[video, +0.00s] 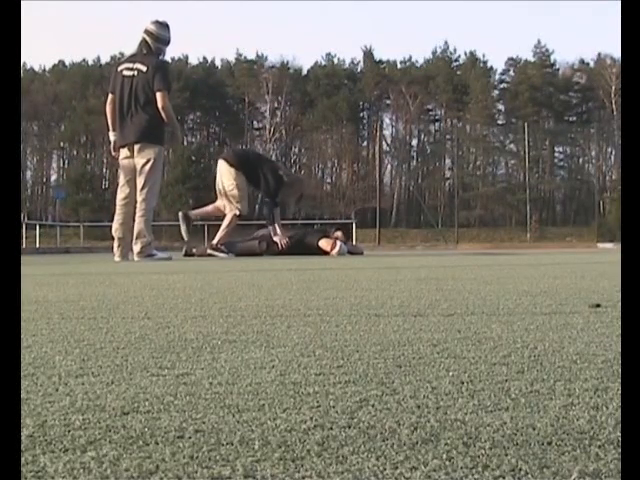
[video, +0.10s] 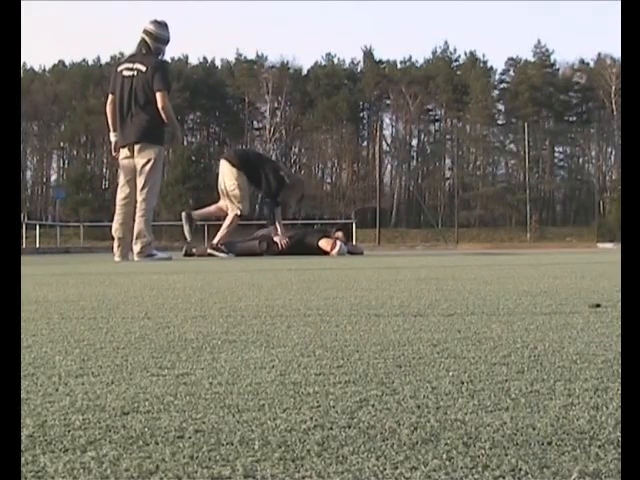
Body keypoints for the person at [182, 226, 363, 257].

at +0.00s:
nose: (337, 242)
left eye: (340, 240)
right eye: (338, 238)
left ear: (337, 239)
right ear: (333, 235)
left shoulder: (324, 241)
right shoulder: (320, 237)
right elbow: (333, 249)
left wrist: (346, 246)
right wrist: (346, 248)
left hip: (272, 240)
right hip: (270, 241)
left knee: (232, 247)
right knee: (231, 248)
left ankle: (197, 252)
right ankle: (197, 252)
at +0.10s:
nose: (338, 242)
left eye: (341, 241)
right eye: (338, 239)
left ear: (337, 240)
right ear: (333, 235)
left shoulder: (325, 241)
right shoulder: (320, 237)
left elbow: (357, 252)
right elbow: (333, 249)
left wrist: (346, 246)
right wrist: (345, 248)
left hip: (272, 241)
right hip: (270, 241)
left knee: (232, 247)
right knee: (231, 248)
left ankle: (197, 251)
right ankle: (197, 252)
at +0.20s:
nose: (338, 243)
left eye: (341, 241)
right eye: (338, 239)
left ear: (337, 240)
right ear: (333, 235)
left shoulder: (325, 240)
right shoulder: (320, 238)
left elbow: (356, 251)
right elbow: (332, 249)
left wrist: (347, 247)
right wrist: (344, 248)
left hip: (272, 241)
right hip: (270, 242)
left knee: (233, 247)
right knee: (231, 248)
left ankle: (198, 252)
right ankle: (197, 252)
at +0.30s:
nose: (338, 242)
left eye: (341, 241)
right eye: (339, 239)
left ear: (338, 239)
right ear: (334, 235)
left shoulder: (325, 240)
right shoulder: (320, 237)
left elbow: (356, 251)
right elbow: (332, 249)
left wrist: (346, 246)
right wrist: (345, 248)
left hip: (273, 241)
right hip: (271, 241)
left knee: (234, 247)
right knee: (233, 248)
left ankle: (198, 251)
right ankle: (197, 252)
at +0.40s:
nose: (338, 243)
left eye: (341, 241)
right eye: (339, 239)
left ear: (338, 239)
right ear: (334, 234)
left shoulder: (326, 239)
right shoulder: (320, 238)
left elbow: (356, 251)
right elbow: (332, 249)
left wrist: (347, 246)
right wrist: (345, 248)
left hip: (273, 239)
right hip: (271, 240)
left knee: (234, 246)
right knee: (233, 248)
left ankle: (197, 251)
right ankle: (195, 252)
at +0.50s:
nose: (339, 242)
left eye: (342, 240)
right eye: (340, 238)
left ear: (338, 239)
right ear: (335, 235)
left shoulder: (326, 239)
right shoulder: (321, 238)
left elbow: (357, 251)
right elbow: (333, 249)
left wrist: (345, 247)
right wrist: (343, 247)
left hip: (273, 240)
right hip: (270, 242)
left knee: (234, 246)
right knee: (233, 249)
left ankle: (199, 251)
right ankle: (197, 252)